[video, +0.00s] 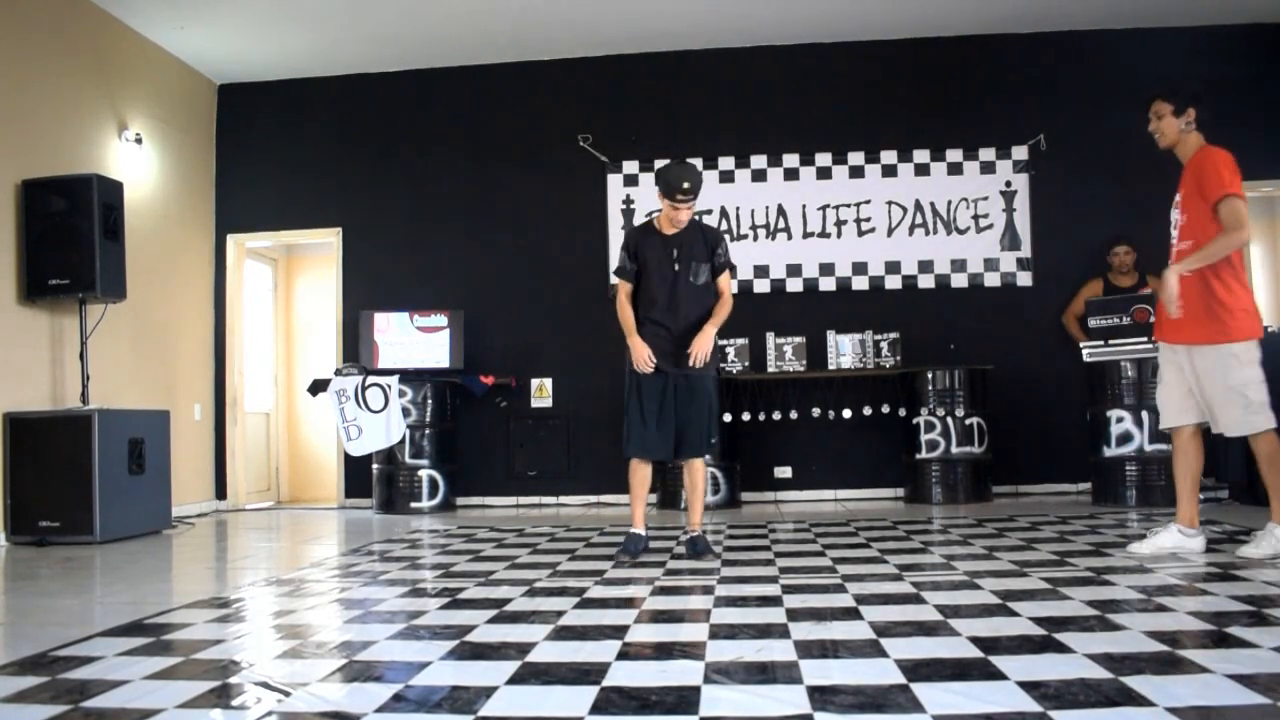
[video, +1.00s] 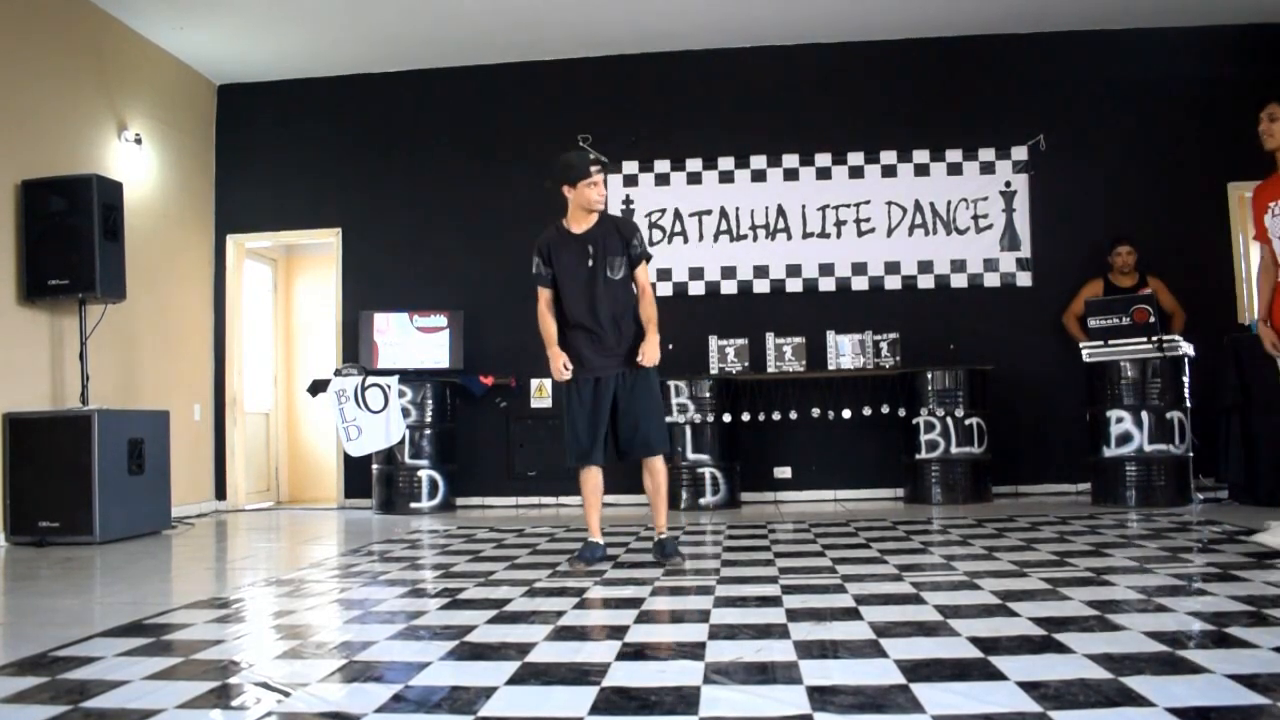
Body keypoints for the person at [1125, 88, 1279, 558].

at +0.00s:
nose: (1151, 127)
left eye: (1159, 118)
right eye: (1150, 120)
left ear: (1188, 118)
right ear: (1175, 123)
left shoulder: (1212, 161)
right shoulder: (1188, 173)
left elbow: (1238, 230)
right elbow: (1203, 244)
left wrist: (1177, 268)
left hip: (1223, 327)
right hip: (1181, 327)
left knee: (1257, 425)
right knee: (1182, 423)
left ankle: (1278, 523)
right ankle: (1186, 528)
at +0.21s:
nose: (1186, 118)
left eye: (1195, 110)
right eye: (1185, 111)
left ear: (1224, 115)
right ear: (1193, 121)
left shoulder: (1262, 163)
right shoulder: (1194, 179)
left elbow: (1278, 232)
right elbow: (1193, 252)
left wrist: (1251, 259)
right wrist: (1176, 314)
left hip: (1263, 325)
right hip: (1210, 327)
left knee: (1272, 427)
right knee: (1198, 424)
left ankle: (1278, 525)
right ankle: (1193, 525)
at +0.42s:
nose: (1220, 115)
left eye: (1230, 108)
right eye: (1219, 108)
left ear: (1258, 116)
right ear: (1221, 119)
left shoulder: (1276, 164)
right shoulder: (1213, 178)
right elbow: (1182, 243)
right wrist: (1139, 295)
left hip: (1274, 321)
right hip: (1226, 322)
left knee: (1276, 428)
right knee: (1216, 419)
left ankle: (1278, 523)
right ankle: (1273, 494)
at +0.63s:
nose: (1248, 116)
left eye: (1259, 109)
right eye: (1246, 109)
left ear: (1279, 120)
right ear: (1241, 119)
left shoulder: (1279, 171)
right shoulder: (1226, 180)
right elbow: (1208, 245)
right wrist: (1174, 282)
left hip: (1277, 320)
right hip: (1242, 323)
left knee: (1273, 428)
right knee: (1261, 429)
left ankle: (1277, 525)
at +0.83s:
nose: (1263, 124)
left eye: (1271, 116)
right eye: (1260, 117)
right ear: (1254, 126)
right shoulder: (1244, 189)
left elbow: (1244, 256)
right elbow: (1244, 255)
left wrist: (1250, 311)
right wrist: (1249, 311)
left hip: (1277, 328)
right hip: (1270, 329)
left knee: (1276, 423)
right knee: (1276, 421)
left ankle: (1278, 521)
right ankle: (1278, 520)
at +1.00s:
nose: (1263, 127)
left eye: (1272, 119)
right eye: (1260, 120)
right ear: (1258, 128)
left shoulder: (1264, 192)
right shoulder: (1264, 192)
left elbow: (1268, 260)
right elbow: (1268, 259)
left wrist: (1262, 320)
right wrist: (1262, 319)